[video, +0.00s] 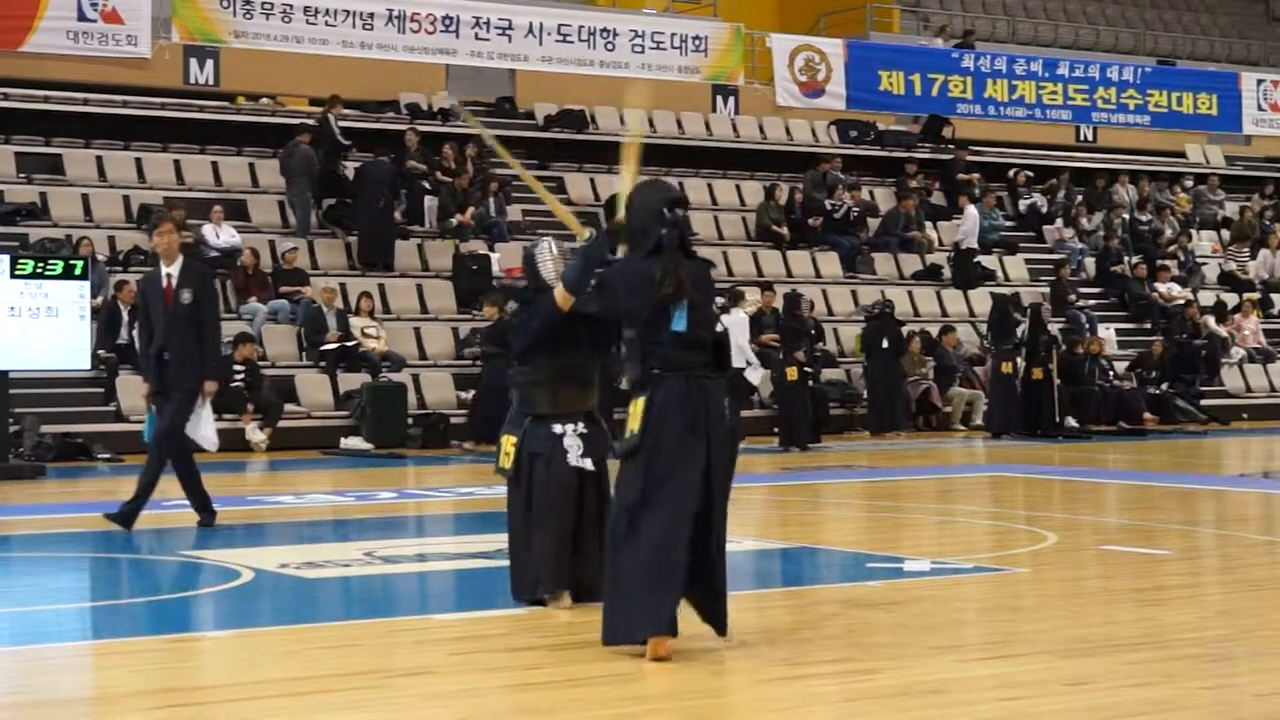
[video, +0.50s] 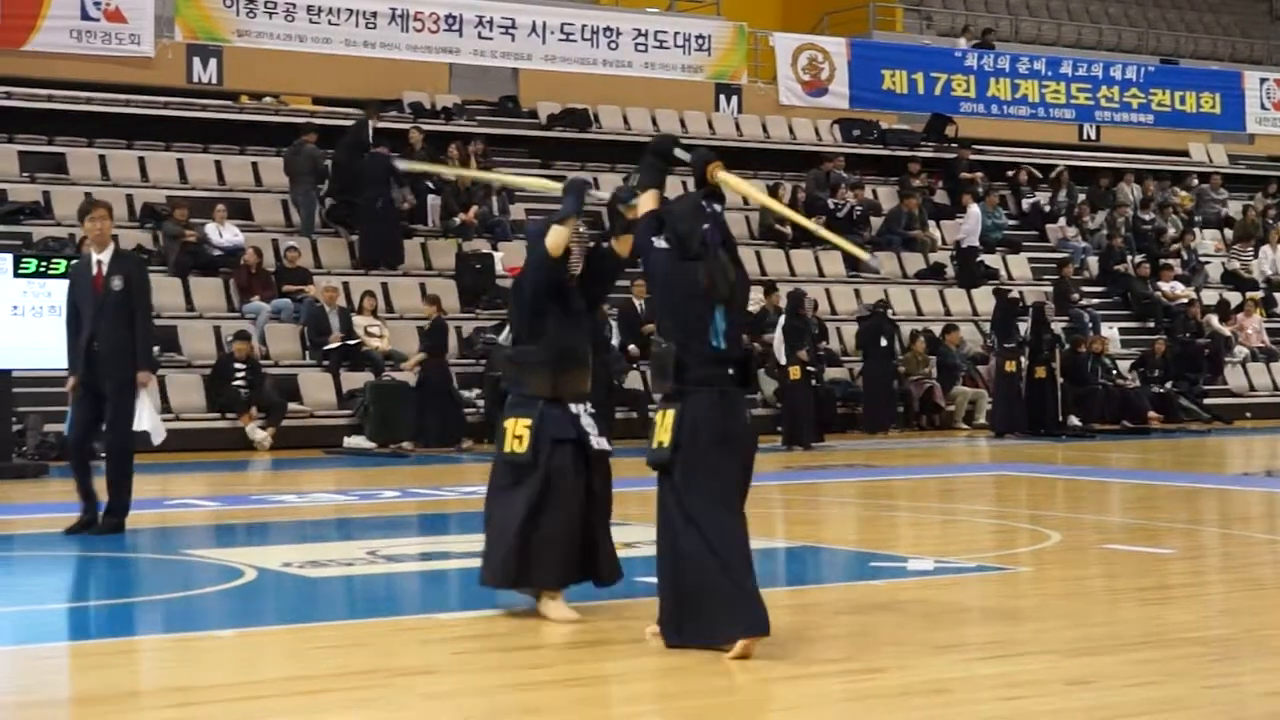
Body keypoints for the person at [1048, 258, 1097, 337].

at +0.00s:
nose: (1067, 271)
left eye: (1068, 268)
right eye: (1064, 269)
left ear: (1070, 270)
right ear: (1058, 270)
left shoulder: (1069, 283)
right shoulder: (1056, 284)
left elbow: (1079, 294)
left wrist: (1075, 297)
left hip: (1074, 306)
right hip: (1063, 308)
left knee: (1092, 316)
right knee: (1080, 317)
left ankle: (1094, 339)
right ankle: (1084, 340)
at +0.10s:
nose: (1068, 271)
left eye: (1069, 268)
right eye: (1065, 269)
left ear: (1070, 270)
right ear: (1059, 270)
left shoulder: (1069, 283)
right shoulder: (1056, 284)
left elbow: (1078, 294)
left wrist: (1075, 296)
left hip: (1074, 306)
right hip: (1063, 308)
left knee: (1092, 316)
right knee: (1080, 317)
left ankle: (1095, 339)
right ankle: (1084, 341)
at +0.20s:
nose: (1068, 271)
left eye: (1069, 268)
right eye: (1065, 269)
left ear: (1071, 270)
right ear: (1059, 270)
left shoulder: (1070, 283)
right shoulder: (1057, 284)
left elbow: (1079, 294)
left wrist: (1075, 296)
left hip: (1074, 306)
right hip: (1063, 308)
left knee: (1093, 316)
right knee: (1081, 317)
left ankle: (1095, 339)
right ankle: (1085, 340)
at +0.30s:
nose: (1069, 271)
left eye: (1070, 268)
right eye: (1066, 268)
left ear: (1071, 269)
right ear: (1060, 270)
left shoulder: (1071, 282)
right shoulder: (1058, 283)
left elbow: (1079, 293)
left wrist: (1076, 296)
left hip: (1075, 306)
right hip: (1064, 308)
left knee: (1093, 316)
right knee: (1081, 317)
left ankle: (1096, 339)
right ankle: (1085, 340)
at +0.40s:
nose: (1069, 270)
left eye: (1070, 268)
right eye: (1066, 268)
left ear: (1072, 269)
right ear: (1061, 270)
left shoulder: (1071, 282)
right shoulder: (1058, 283)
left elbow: (1080, 293)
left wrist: (1077, 296)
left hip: (1076, 306)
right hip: (1064, 308)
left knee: (1094, 316)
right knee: (1081, 316)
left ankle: (1096, 338)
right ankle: (1086, 340)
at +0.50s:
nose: (1070, 270)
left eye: (1071, 267)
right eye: (1067, 267)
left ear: (1073, 268)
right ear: (1062, 269)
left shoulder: (1072, 281)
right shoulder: (1060, 282)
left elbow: (1081, 292)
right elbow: (1073, 298)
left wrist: (1078, 295)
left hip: (1076, 305)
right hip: (1065, 307)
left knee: (1095, 315)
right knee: (1082, 316)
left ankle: (1097, 338)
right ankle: (1086, 340)